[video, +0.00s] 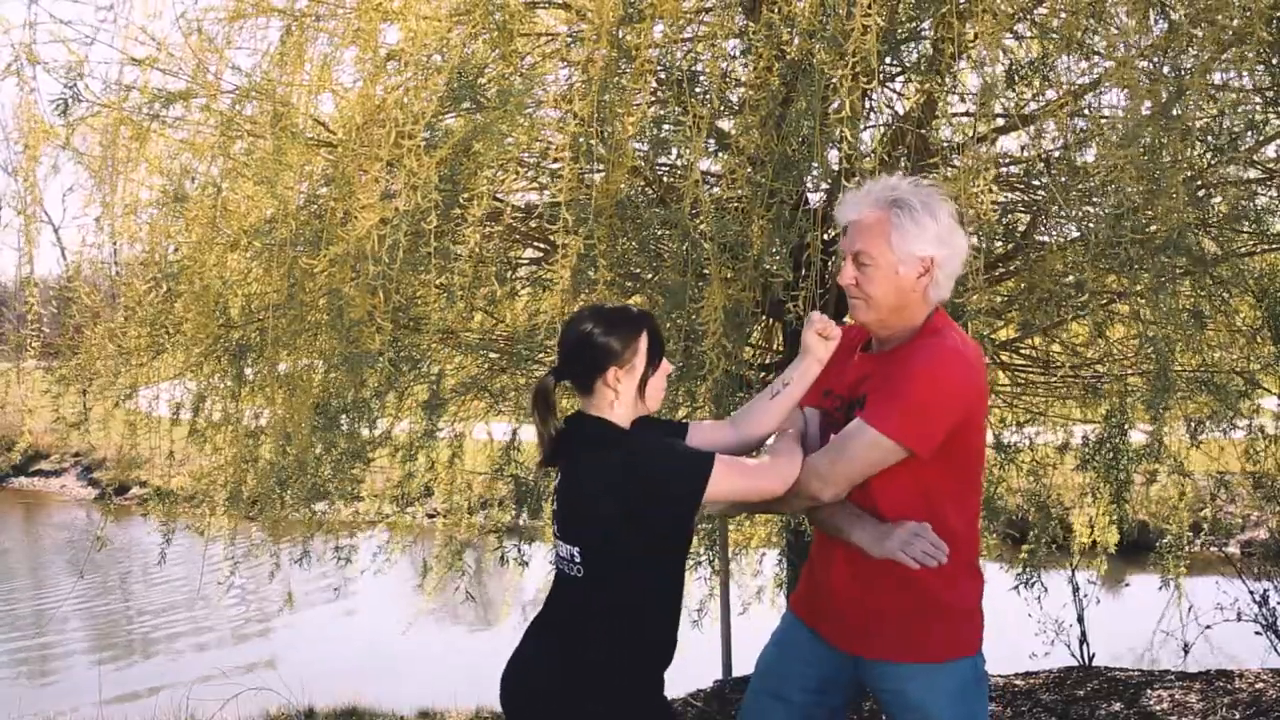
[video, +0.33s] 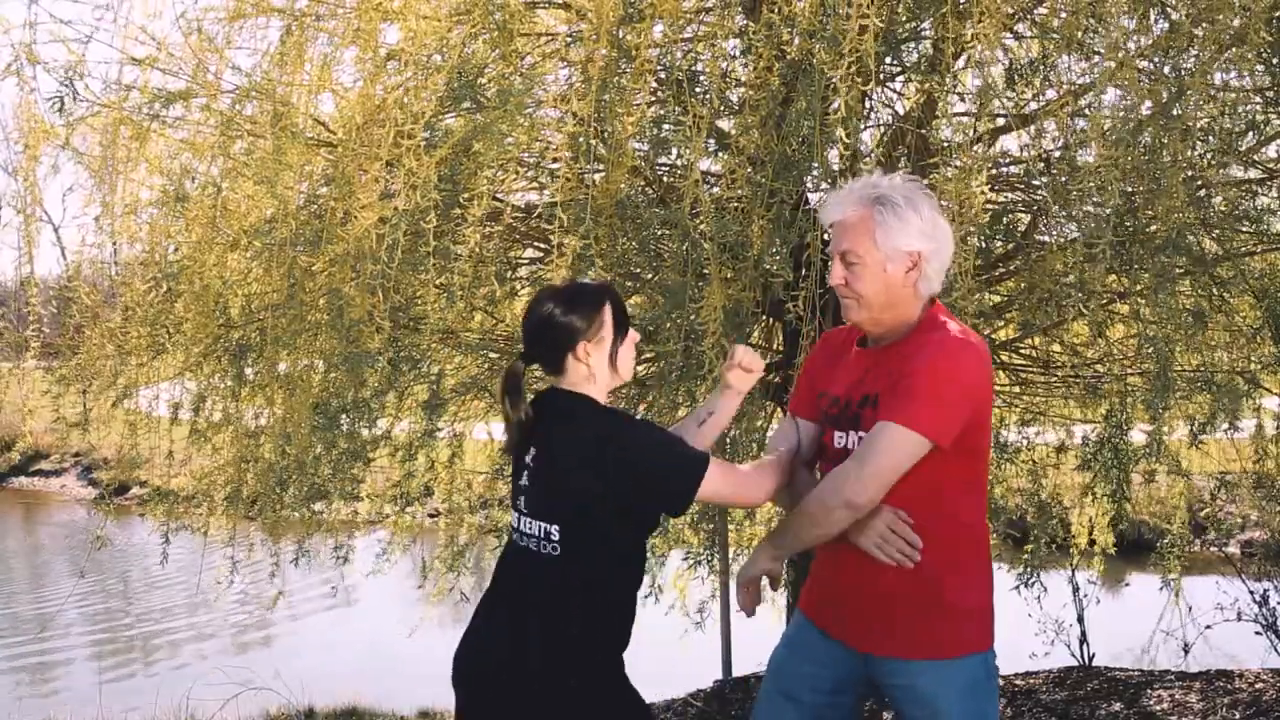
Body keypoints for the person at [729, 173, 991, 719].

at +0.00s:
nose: (843, 278)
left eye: (862, 263)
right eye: (844, 260)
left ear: (923, 270)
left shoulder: (947, 363)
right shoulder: (841, 343)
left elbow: (818, 480)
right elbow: (783, 465)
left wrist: (745, 487)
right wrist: (868, 531)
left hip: (925, 642)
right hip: (818, 623)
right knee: (762, 710)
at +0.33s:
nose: (834, 278)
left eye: (851, 262)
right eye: (833, 261)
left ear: (911, 265)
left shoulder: (952, 355)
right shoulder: (830, 349)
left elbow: (854, 493)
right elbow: (786, 464)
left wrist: (772, 550)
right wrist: (849, 517)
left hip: (936, 646)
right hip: (825, 630)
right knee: (773, 710)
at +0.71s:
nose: (811, 284)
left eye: (825, 268)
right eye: (811, 267)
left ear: (885, 268)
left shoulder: (968, 352)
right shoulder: (815, 359)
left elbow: (929, 490)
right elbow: (759, 464)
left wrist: (792, 494)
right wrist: (707, 430)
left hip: (957, 637)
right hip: (837, 628)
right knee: (784, 710)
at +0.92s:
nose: (768, 283)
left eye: (782, 266)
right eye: (767, 266)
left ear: (841, 262)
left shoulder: (925, 343)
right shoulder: (775, 361)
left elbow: (877, 483)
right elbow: (698, 474)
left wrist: (754, 462)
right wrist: (622, 401)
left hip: (930, 631)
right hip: (809, 625)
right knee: (757, 711)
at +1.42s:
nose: (827, 264)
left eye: (844, 249)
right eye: (830, 248)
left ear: (903, 256)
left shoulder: (971, 348)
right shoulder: (822, 348)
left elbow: (893, 467)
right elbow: (718, 425)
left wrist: (778, 443)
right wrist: (637, 356)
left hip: (945, 637)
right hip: (826, 626)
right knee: (776, 711)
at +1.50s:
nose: (836, 265)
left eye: (851, 248)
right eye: (836, 249)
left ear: (910, 255)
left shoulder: (978, 351)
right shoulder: (825, 350)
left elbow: (894, 464)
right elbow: (719, 419)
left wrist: (778, 436)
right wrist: (628, 358)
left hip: (947, 638)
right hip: (827, 625)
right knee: (779, 712)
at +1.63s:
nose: (834, 270)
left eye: (850, 254)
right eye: (835, 253)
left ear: (910, 259)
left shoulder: (977, 351)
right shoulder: (827, 348)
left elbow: (891, 463)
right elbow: (720, 411)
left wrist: (774, 439)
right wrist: (617, 356)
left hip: (947, 639)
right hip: (827, 623)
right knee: (769, 712)